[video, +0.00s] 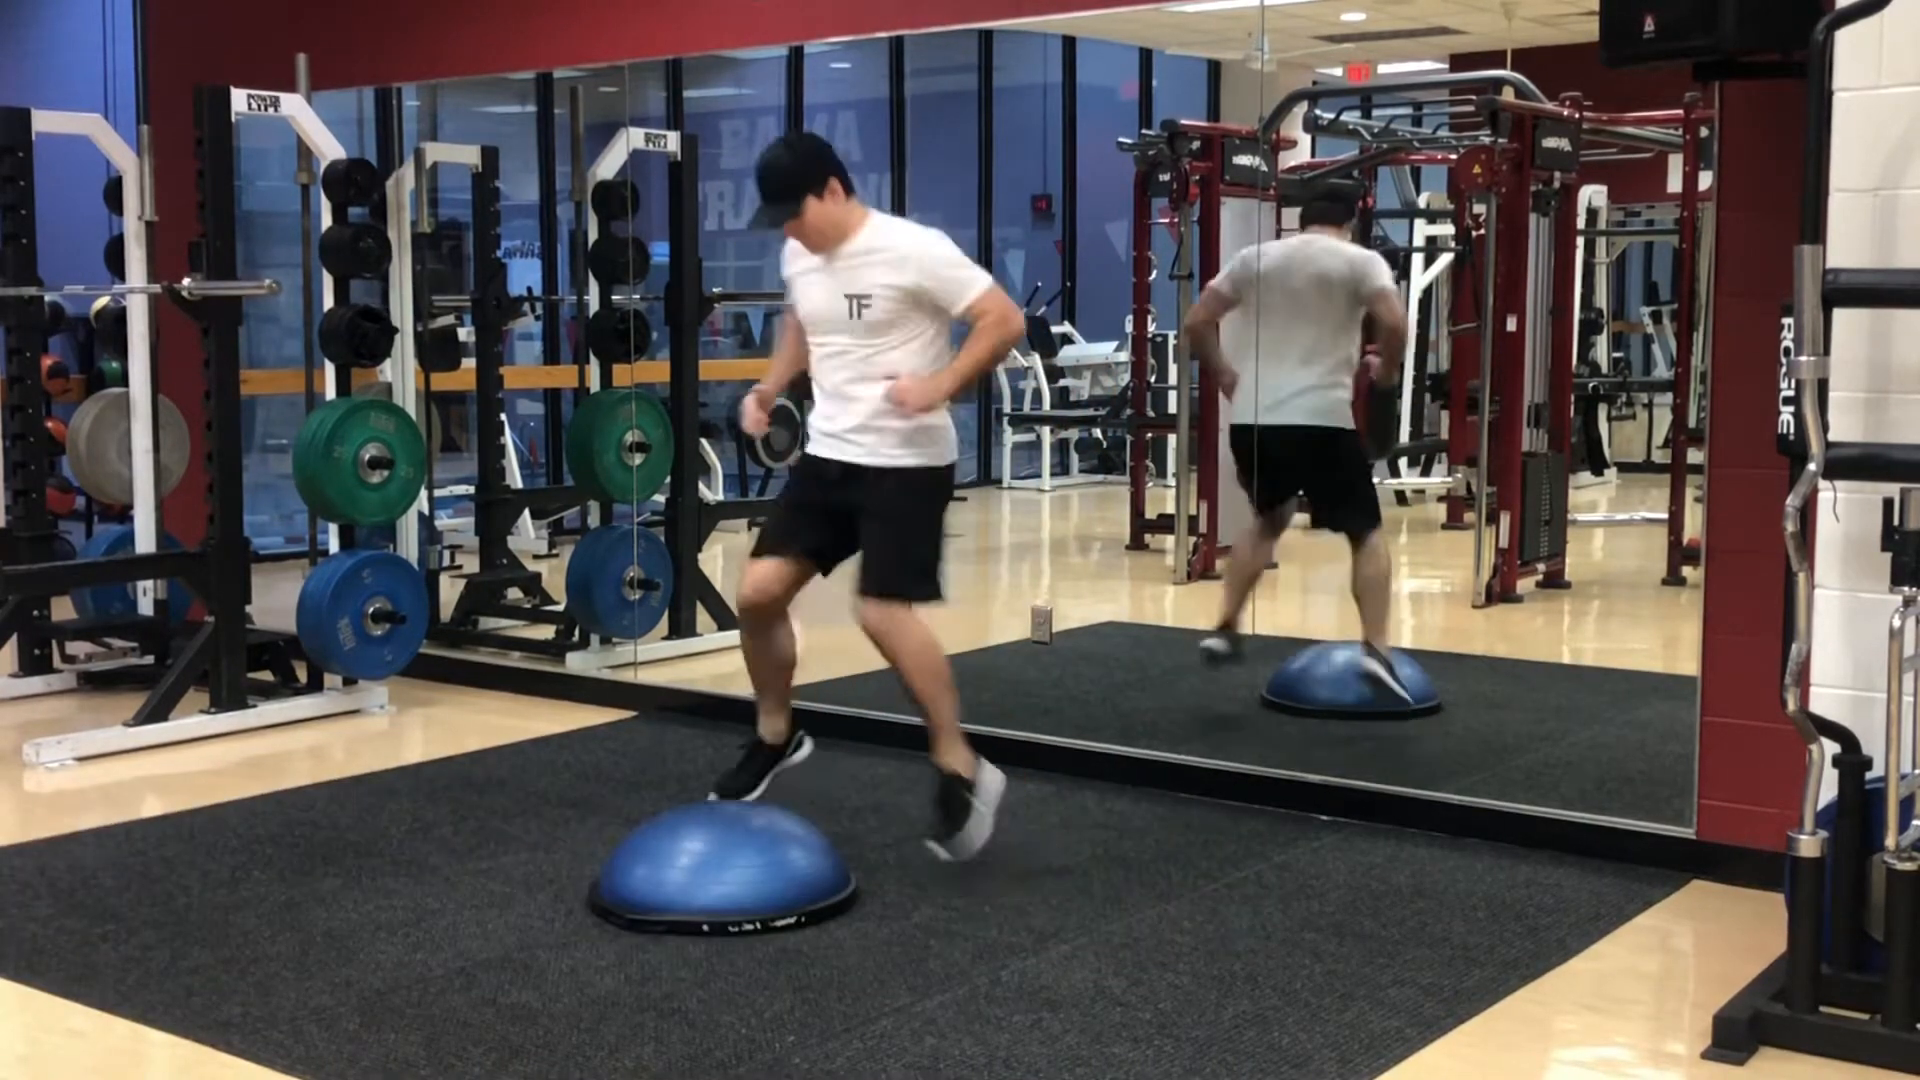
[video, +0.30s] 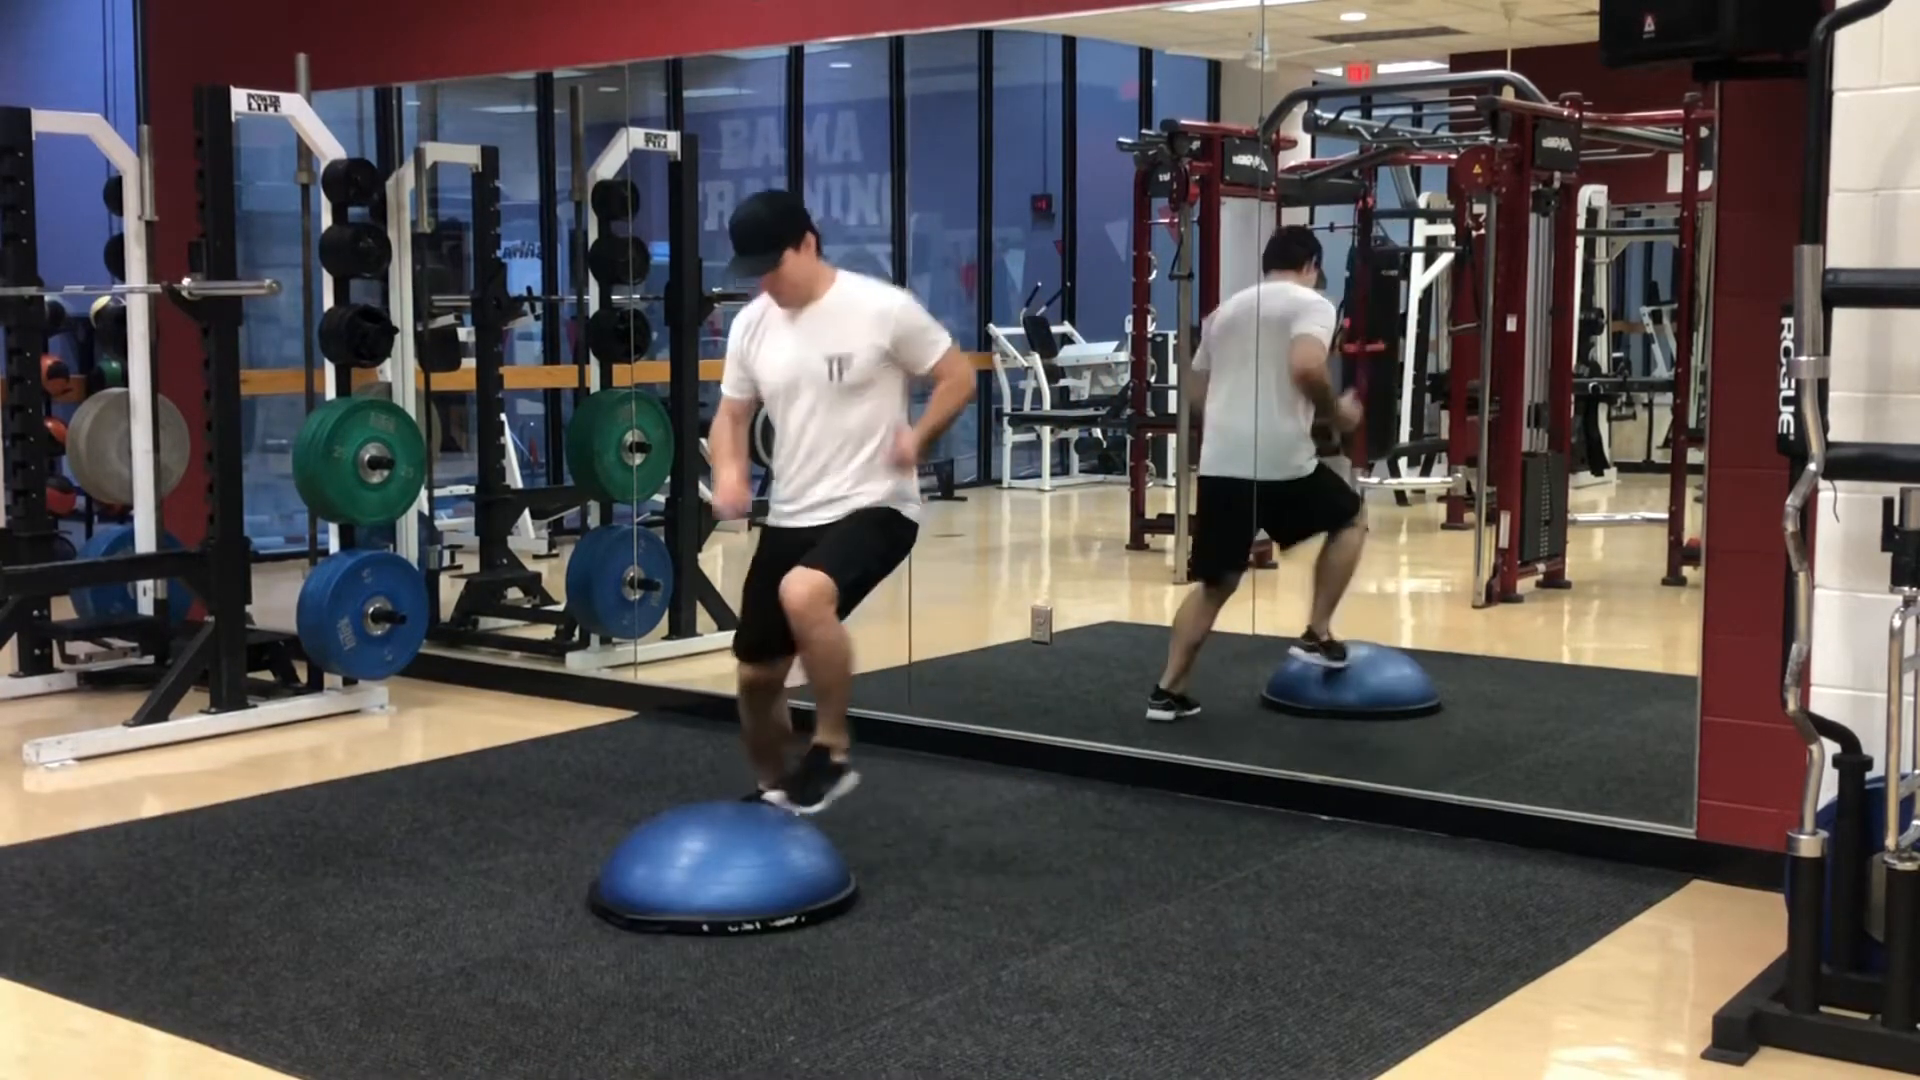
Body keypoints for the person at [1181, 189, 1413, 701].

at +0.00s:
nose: (1354, 230)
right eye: (1355, 222)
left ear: (1303, 218)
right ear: (1350, 221)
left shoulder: (1255, 257)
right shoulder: (1363, 262)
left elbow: (1196, 322)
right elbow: (1396, 323)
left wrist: (1222, 372)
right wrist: (1388, 367)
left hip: (1254, 422)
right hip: (1324, 425)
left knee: (1266, 523)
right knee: (1368, 538)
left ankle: (1224, 628)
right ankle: (1375, 650)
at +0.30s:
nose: (1318, 278)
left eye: (1317, 272)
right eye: (1318, 271)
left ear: (1266, 266)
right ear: (1309, 268)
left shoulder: (1224, 311)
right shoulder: (1313, 305)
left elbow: (1196, 389)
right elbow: (1306, 368)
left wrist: (1237, 419)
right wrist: (1336, 405)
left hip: (1221, 464)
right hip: (1282, 462)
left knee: (1216, 580)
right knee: (1351, 521)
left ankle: (1168, 690)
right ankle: (1318, 631)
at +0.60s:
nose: (1370, 259)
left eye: (1365, 252)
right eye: (1369, 251)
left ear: (1315, 248)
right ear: (1362, 249)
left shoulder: (1269, 286)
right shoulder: (1384, 290)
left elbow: (1214, 353)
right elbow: (1420, 367)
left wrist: (1229, 418)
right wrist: (1414, 405)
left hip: (1275, 448)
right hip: (1344, 449)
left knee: (1293, 518)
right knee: (1372, 575)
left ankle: (1312, 617)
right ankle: (1399, 709)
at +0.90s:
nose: (1364, 236)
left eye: (1359, 230)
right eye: (1365, 229)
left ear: (1312, 221)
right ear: (1360, 226)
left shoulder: (1262, 261)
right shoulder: (1370, 261)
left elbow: (1214, 335)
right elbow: (1400, 324)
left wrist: (1269, 347)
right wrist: (1387, 362)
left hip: (1266, 422)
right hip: (1333, 426)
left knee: (1270, 530)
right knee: (1372, 539)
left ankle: (1232, 640)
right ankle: (1367, 654)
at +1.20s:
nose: (1334, 261)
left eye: (1331, 256)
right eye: (1335, 254)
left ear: (1283, 247)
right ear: (1326, 248)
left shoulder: (1242, 291)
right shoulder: (1331, 274)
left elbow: (1203, 367)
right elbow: (1343, 314)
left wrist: (1256, 379)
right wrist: (1375, 372)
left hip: (1245, 447)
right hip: (1309, 443)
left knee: (1234, 571)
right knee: (1353, 524)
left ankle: (1194, 689)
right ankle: (1325, 635)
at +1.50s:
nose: (1366, 270)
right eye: (1368, 263)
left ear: (1315, 260)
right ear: (1364, 261)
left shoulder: (1273, 300)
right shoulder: (1385, 304)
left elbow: (1224, 372)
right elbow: (1412, 396)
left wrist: (1236, 437)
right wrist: (1373, 422)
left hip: (1273, 459)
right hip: (1344, 459)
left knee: (1307, 527)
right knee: (1372, 585)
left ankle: (1332, 638)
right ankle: (1381, 714)